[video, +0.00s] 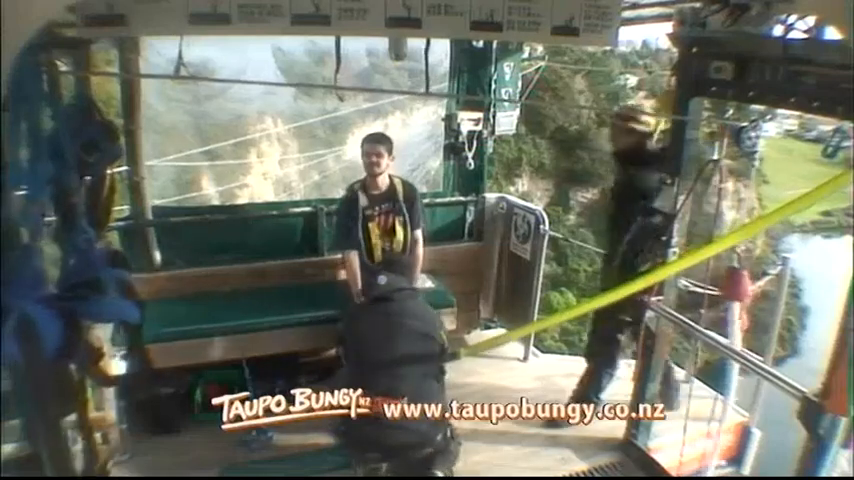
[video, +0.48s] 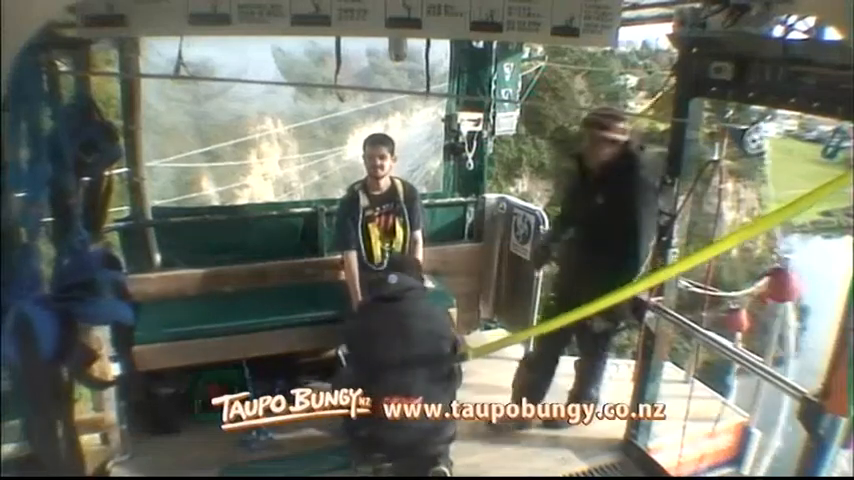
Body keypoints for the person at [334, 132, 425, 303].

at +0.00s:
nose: (372, 160)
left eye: (378, 155)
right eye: (368, 155)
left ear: (390, 159)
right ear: (362, 159)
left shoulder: (408, 192)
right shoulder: (352, 197)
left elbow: (417, 239)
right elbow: (350, 250)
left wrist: (413, 283)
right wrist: (358, 295)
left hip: (403, 278)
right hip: (368, 280)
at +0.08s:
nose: (373, 160)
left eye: (379, 155)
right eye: (368, 156)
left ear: (391, 159)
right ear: (362, 159)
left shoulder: (408, 192)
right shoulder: (351, 199)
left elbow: (417, 239)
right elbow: (349, 251)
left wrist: (414, 281)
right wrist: (357, 294)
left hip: (403, 278)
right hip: (368, 280)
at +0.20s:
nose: (375, 161)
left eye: (381, 156)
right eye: (369, 156)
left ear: (392, 160)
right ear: (363, 159)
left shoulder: (408, 192)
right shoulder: (351, 199)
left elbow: (417, 240)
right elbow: (350, 251)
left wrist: (413, 285)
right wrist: (357, 294)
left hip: (403, 279)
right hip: (368, 280)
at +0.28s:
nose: (375, 162)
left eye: (381, 157)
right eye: (370, 157)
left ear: (393, 160)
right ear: (364, 160)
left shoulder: (408, 193)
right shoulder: (352, 199)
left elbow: (417, 241)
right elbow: (350, 251)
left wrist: (412, 285)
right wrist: (356, 296)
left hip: (403, 276)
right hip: (368, 280)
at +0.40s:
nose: (376, 163)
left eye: (382, 157)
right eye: (370, 157)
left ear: (393, 161)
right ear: (364, 160)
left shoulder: (408, 193)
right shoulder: (351, 199)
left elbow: (417, 239)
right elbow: (349, 252)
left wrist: (414, 280)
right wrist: (356, 299)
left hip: (403, 278)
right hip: (368, 280)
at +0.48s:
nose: (376, 163)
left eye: (382, 157)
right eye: (370, 158)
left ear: (393, 160)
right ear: (364, 160)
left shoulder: (408, 193)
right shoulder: (351, 200)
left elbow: (417, 240)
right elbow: (349, 254)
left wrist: (414, 281)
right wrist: (357, 301)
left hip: (403, 280)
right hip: (367, 283)